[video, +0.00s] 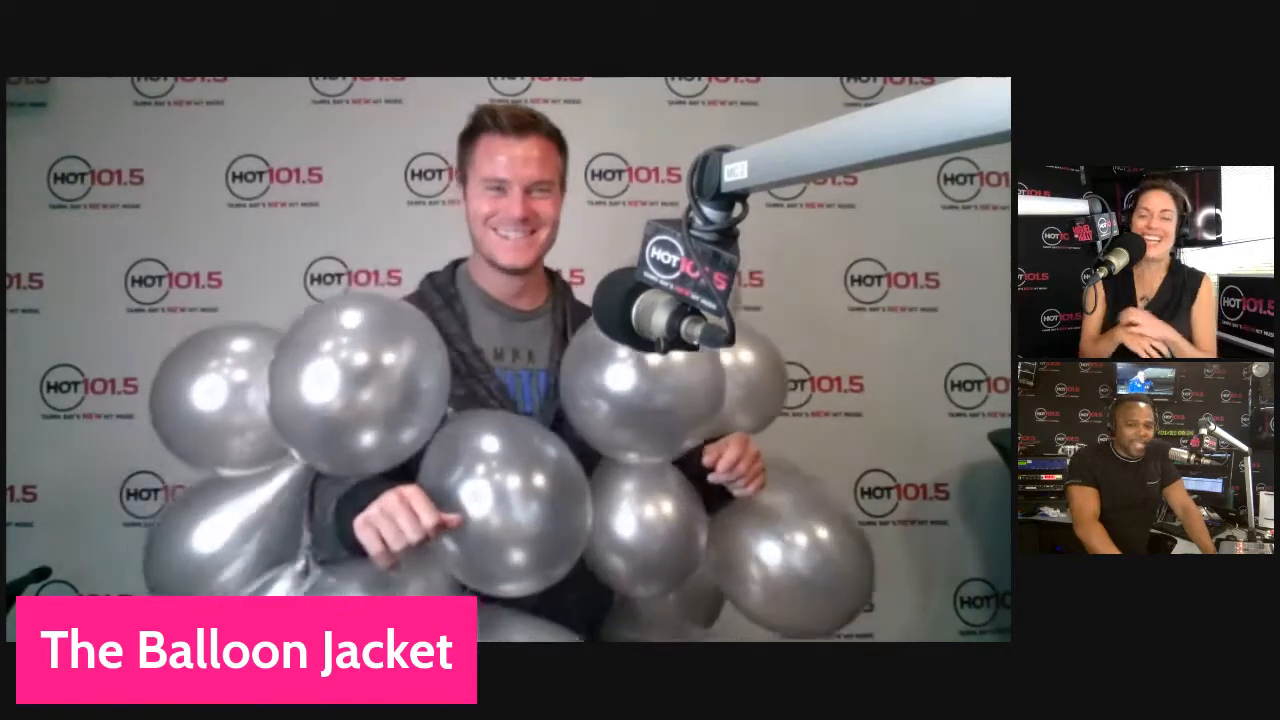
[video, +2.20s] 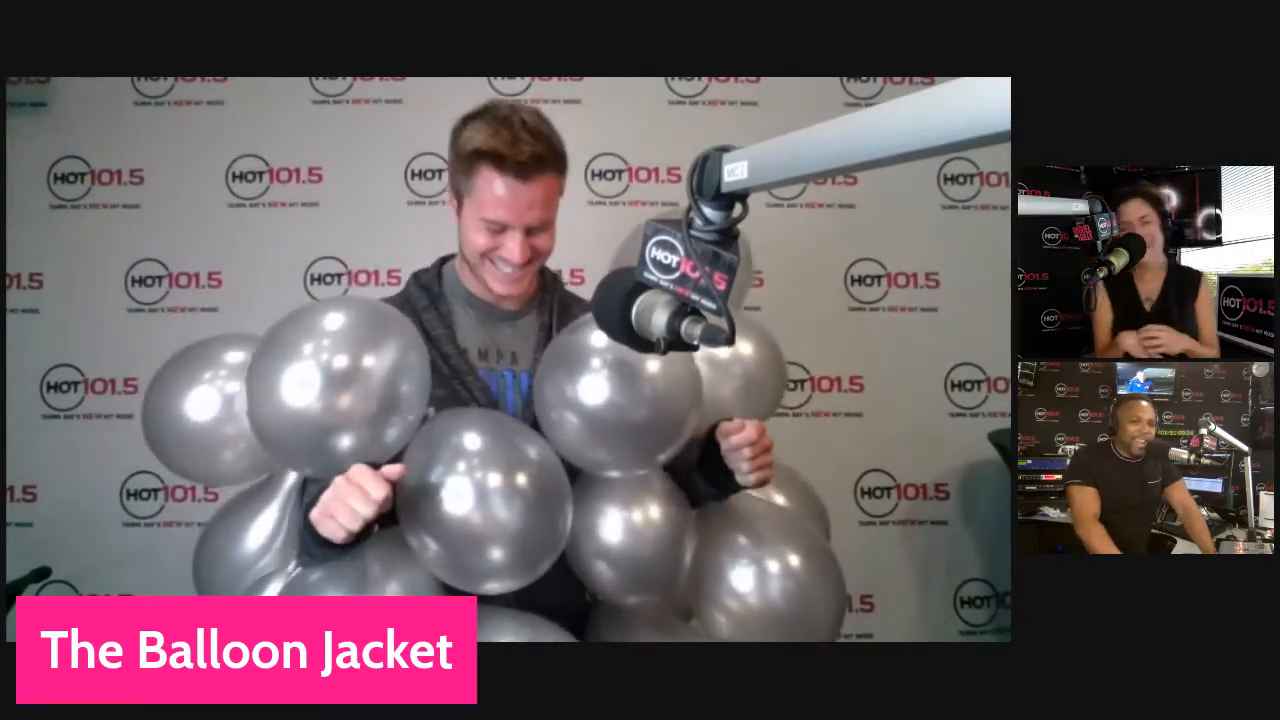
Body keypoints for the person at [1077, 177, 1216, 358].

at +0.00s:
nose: (1152, 225)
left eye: (1165, 217)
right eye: (1143, 215)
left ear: (1178, 227)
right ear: (1130, 222)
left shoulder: (1198, 285)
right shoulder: (1103, 282)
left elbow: (1208, 362)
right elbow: (1086, 353)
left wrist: (1166, 332)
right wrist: (1117, 334)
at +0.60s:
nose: (1128, 226)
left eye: (1139, 217)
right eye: (1119, 219)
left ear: (1156, 226)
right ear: (1110, 229)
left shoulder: (1182, 284)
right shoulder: (1093, 280)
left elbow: (1200, 355)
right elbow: (1082, 353)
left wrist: (1169, 336)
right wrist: (1109, 329)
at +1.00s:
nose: (1109, 232)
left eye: (1116, 223)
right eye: (1103, 224)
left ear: (1134, 227)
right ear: (1094, 230)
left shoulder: (1165, 281)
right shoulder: (1079, 283)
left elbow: (1181, 353)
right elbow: (1070, 355)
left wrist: (1156, 333)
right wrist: (1089, 329)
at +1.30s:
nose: (1087, 244)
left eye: (1096, 232)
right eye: (1080, 233)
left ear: (1115, 234)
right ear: (1074, 238)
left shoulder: (1155, 285)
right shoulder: (1070, 287)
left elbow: (1168, 353)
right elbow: (1064, 353)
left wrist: (1137, 334)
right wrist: (1096, 337)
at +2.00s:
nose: (1109, 239)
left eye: (1116, 229)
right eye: (1102, 230)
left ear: (1135, 227)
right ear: (1093, 236)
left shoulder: (1171, 281)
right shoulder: (1087, 287)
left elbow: (1188, 352)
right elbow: (1083, 356)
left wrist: (1156, 341)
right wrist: (1108, 345)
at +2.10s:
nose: (1124, 237)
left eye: (1131, 226)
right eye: (1114, 230)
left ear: (1148, 228)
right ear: (1104, 240)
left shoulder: (1182, 283)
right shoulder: (1097, 286)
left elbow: (1199, 353)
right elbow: (1091, 357)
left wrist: (1171, 342)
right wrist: (1111, 343)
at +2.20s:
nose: (1137, 233)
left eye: (1145, 222)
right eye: (1126, 227)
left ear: (1163, 225)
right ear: (1118, 235)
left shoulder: (1194, 283)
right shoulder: (1106, 287)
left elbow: (1213, 354)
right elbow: (1101, 357)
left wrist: (1185, 343)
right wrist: (1121, 342)